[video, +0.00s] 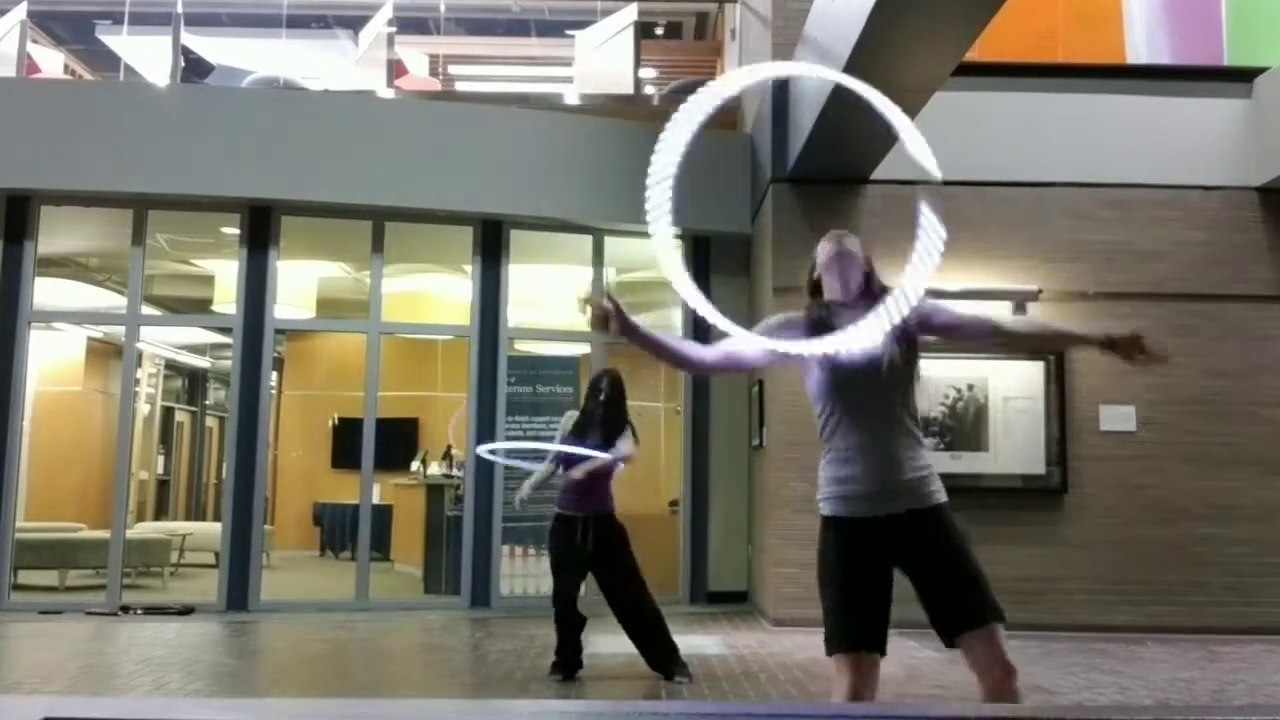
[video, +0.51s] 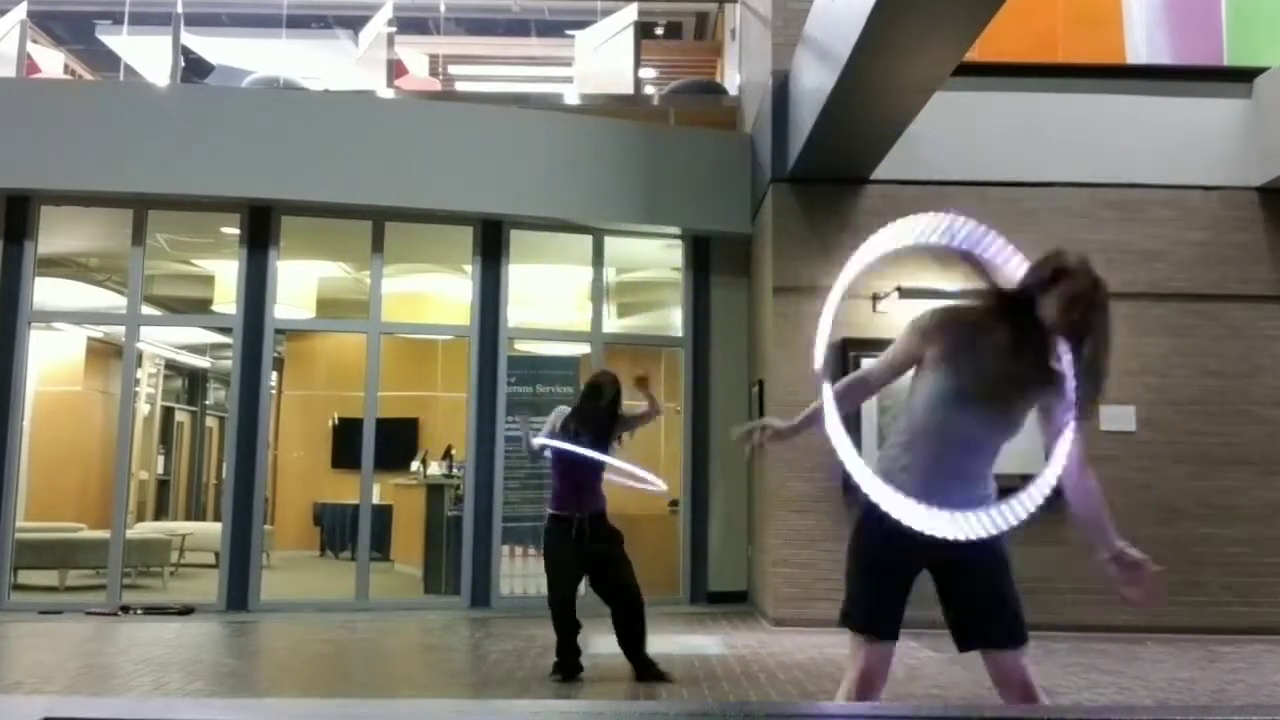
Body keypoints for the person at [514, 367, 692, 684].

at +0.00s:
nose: (602, 399)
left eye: (609, 394)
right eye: (598, 392)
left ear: (618, 398)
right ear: (589, 393)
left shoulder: (620, 429)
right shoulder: (571, 420)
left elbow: (618, 456)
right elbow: (553, 462)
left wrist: (584, 470)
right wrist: (529, 486)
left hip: (601, 522)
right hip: (566, 521)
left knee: (631, 595)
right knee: (564, 598)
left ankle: (670, 663)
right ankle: (566, 663)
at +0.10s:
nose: (596, 394)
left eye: (603, 389)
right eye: (594, 388)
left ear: (610, 397)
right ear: (586, 394)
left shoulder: (612, 427)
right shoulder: (576, 426)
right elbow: (556, 460)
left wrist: (554, 447)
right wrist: (525, 459)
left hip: (595, 523)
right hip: (562, 521)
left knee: (627, 595)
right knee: (559, 599)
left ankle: (670, 663)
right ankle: (566, 664)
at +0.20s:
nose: (597, 397)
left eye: (604, 392)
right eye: (592, 391)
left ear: (612, 399)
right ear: (582, 394)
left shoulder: (607, 427)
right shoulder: (572, 428)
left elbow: (598, 416)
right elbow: (559, 459)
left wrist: (545, 422)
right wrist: (538, 435)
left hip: (592, 525)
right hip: (559, 523)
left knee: (626, 597)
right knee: (557, 601)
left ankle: (672, 664)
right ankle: (566, 665)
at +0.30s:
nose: (591, 402)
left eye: (598, 397)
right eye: (588, 395)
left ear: (608, 404)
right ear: (579, 399)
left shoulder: (603, 435)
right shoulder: (566, 433)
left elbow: (608, 414)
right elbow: (552, 441)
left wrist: (572, 390)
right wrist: (544, 424)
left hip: (591, 527)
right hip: (557, 525)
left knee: (626, 598)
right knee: (556, 601)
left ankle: (671, 664)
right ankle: (566, 664)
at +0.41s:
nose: (593, 405)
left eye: (601, 400)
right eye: (591, 399)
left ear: (602, 410)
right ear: (583, 403)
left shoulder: (604, 434)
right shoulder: (562, 428)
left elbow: (627, 416)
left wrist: (602, 389)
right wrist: (527, 429)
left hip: (591, 526)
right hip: (556, 525)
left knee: (625, 599)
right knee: (556, 602)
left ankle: (666, 666)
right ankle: (567, 664)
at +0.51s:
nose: (603, 404)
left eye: (609, 399)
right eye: (600, 396)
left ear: (614, 402)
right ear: (590, 395)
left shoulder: (610, 424)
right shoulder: (562, 417)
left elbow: (653, 413)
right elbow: (538, 449)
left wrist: (645, 391)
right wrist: (530, 439)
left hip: (596, 524)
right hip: (561, 524)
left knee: (626, 596)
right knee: (561, 601)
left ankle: (640, 662)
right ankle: (568, 663)